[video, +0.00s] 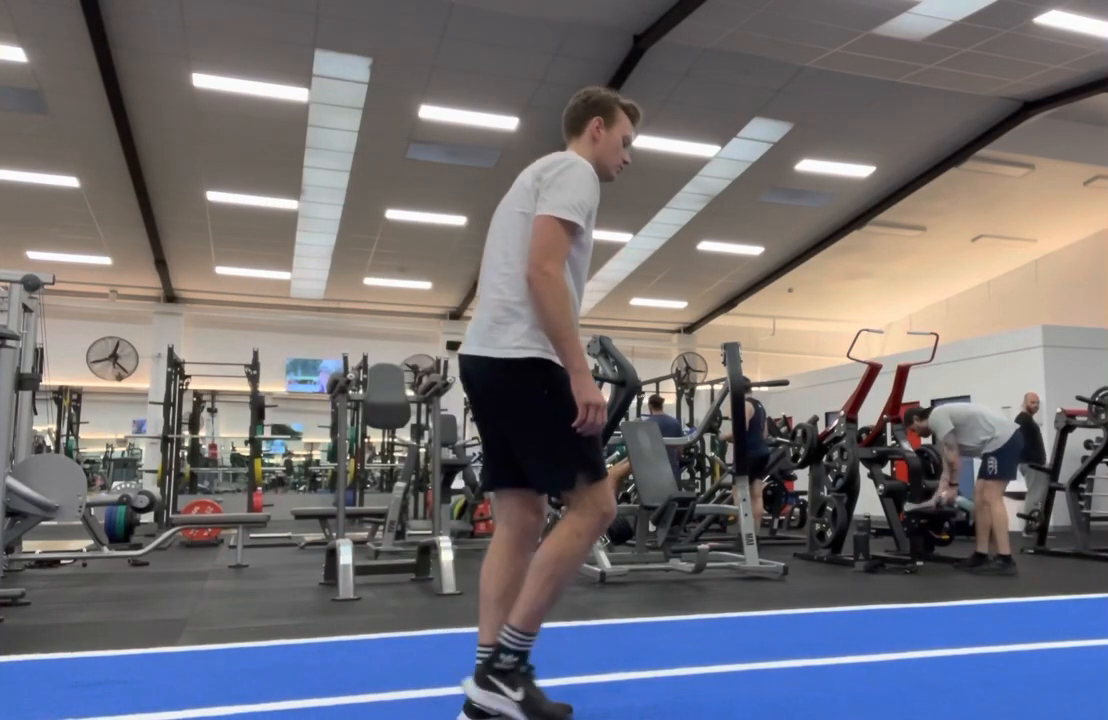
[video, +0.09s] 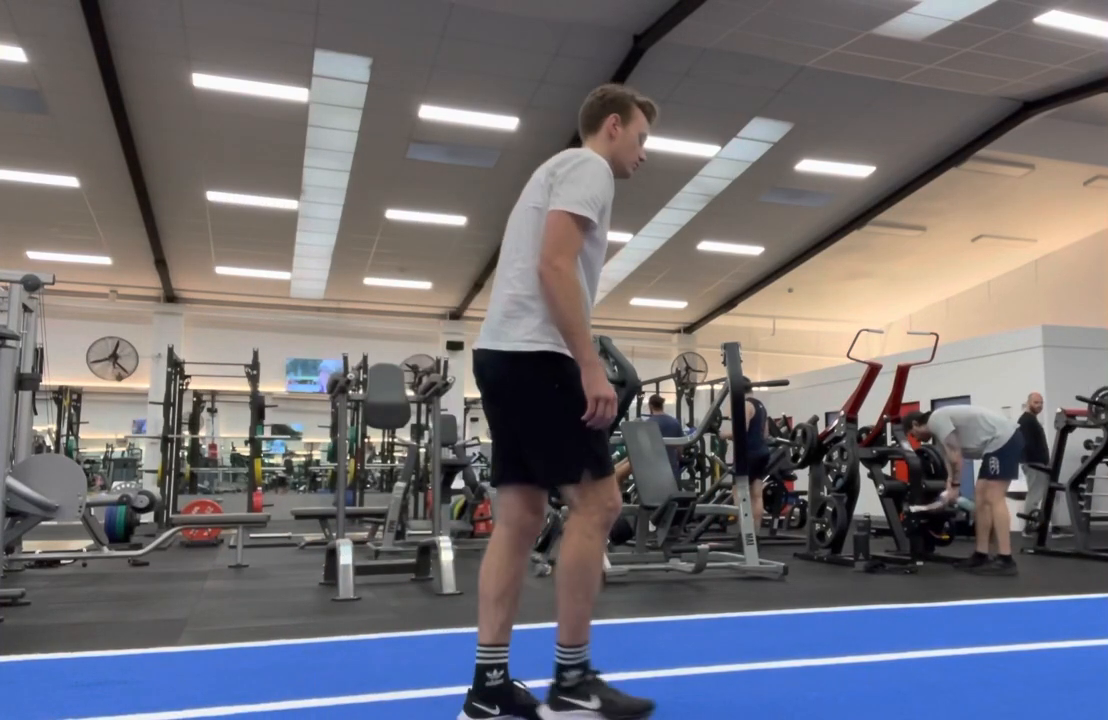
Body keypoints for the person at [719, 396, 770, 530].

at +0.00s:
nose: (730, 392)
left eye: (731, 389)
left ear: (737, 389)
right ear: (749, 387)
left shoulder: (745, 405)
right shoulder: (759, 405)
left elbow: (741, 430)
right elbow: (764, 433)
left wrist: (725, 436)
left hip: (746, 455)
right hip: (761, 453)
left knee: (738, 492)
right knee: (757, 496)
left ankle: (744, 532)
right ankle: (755, 534)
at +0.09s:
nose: (731, 393)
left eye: (731, 389)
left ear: (737, 389)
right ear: (749, 387)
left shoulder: (746, 405)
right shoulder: (760, 405)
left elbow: (741, 431)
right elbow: (765, 433)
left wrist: (726, 434)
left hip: (747, 455)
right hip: (761, 454)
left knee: (737, 492)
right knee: (757, 496)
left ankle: (744, 532)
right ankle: (755, 534)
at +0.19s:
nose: (731, 393)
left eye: (732, 389)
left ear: (738, 389)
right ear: (750, 387)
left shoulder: (747, 405)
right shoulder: (760, 404)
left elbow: (741, 431)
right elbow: (766, 432)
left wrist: (726, 432)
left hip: (747, 455)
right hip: (761, 453)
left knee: (737, 491)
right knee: (757, 496)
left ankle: (744, 531)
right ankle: (755, 534)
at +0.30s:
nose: (731, 393)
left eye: (732, 389)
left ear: (738, 389)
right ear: (750, 387)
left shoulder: (747, 405)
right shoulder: (761, 405)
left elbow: (742, 430)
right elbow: (766, 432)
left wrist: (726, 432)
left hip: (747, 455)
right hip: (761, 454)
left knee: (738, 492)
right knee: (757, 496)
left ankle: (744, 532)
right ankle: (755, 534)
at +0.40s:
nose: (732, 393)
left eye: (733, 390)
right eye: (732, 390)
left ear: (738, 390)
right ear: (750, 387)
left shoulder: (747, 405)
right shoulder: (761, 405)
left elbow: (742, 432)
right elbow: (766, 433)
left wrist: (725, 432)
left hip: (747, 455)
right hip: (761, 454)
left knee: (738, 492)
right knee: (757, 496)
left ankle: (744, 532)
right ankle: (755, 534)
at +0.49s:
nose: (732, 393)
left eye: (733, 390)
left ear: (739, 390)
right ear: (750, 387)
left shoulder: (747, 406)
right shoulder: (761, 405)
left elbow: (742, 432)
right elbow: (766, 433)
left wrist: (725, 432)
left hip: (747, 456)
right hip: (761, 454)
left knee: (737, 492)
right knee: (757, 496)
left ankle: (744, 532)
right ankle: (755, 534)